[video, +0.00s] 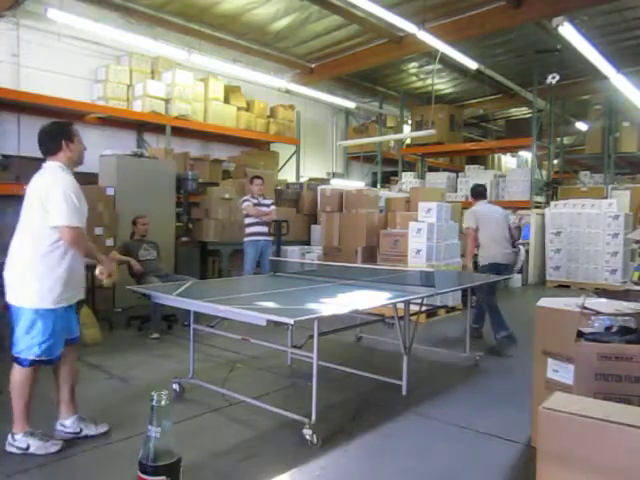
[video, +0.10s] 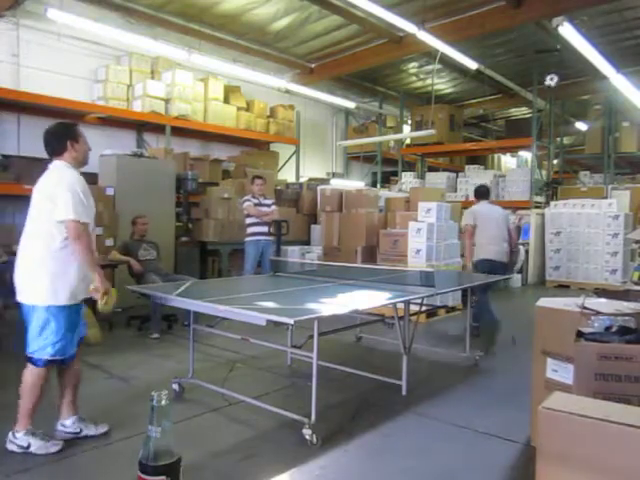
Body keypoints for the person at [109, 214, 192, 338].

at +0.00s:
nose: (146, 228)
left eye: (147, 225)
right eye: (143, 225)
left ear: (149, 226)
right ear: (135, 227)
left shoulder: (154, 245)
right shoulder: (128, 244)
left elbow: (158, 262)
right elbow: (112, 255)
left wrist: (162, 272)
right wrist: (130, 260)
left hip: (161, 274)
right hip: (145, 276)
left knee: (192, 283)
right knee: (159, 293)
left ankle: (189, 320)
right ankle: (154, 329)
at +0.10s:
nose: (145, 227)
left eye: (146, 224)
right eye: (142, 224)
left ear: (148, 226)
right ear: (134, 227)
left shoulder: (154, 245)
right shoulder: (128, 244)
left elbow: (157, 262)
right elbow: (112, 256)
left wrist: (162, 272)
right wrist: (130, 260)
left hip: (160, 273)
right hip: (145, 274)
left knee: (192, 283)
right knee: (159, 290)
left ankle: (188, 320)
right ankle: (155, 329)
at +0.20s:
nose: (142, 226)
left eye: (145, 223)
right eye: (139, 223)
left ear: (147, 225)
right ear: (132, 225)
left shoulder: (153, 244)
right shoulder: (127, 243)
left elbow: (157, 261)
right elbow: (111, 255)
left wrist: (162, 271)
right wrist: (130, 259)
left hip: (160, 273)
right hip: (144, 273)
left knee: (191, 281)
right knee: (159, 288)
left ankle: (188, 320)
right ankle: (154, 328)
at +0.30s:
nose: (141, 227)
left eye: (143, 224)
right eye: (137, 224)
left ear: (146, 226)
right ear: (131, 226)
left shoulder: (152, 244)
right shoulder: (126, 244)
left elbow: (155, 262)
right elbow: (112, 255)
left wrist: (159, 272)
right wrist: (128, 260)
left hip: (160, 274)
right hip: (143, 275)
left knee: (190, 282)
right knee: (159, 290)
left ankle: (187, 320)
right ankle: (154, 329)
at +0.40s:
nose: (140, 226)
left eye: (142, 223)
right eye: (136, 223)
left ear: (146, 225)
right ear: (131, 226)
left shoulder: (152, 244)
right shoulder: (126, 244)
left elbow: (156, 261)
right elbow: (114, 255)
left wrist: (160, 270)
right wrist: (128, 259)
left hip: (159, 273)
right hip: (143, 274)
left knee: (189, 281)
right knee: (160, 288)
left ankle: (186, 320)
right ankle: (154, 329)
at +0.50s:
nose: (140, 226)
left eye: (143, 223)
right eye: (137, 223)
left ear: (146, 225)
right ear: (131, 225)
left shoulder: (152, 244)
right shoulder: (125, 243)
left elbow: (156, 262)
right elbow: (114, 254)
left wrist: (161, 271)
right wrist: (128, 258)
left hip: (159, 273)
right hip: (142, 273)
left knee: (189, 281)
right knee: (160, 288)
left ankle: (186, 319)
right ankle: (154, 328)